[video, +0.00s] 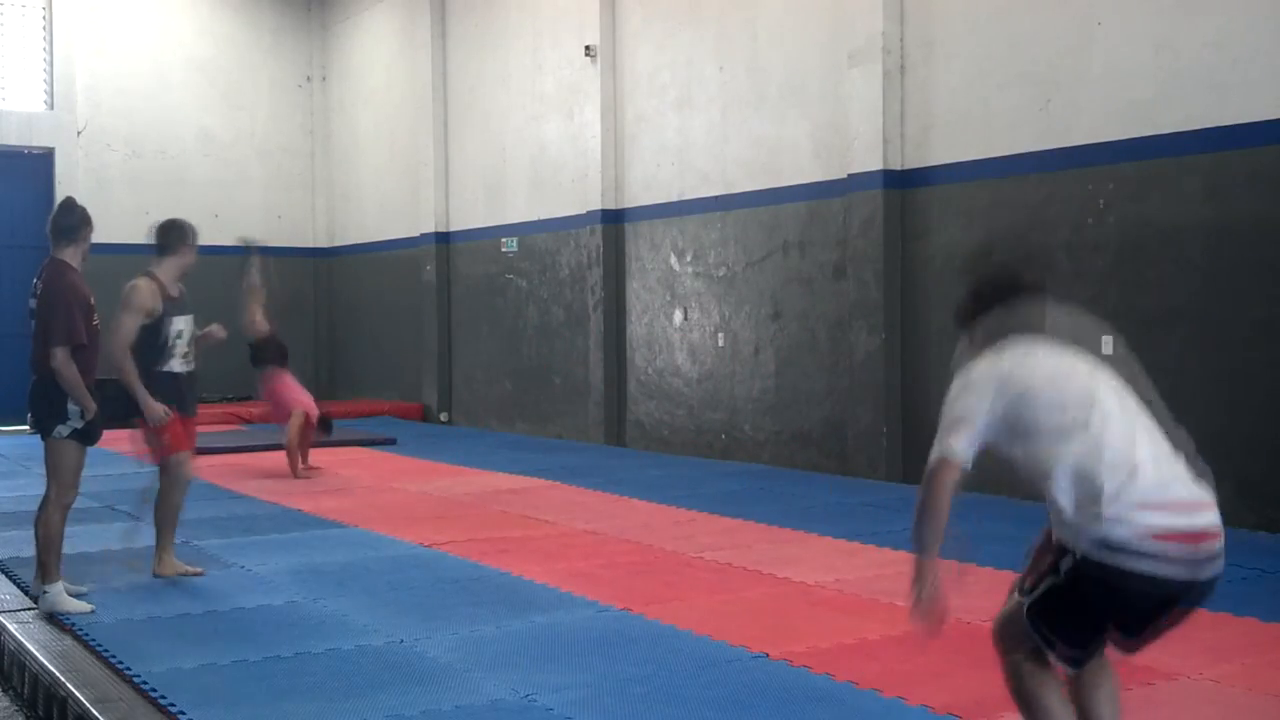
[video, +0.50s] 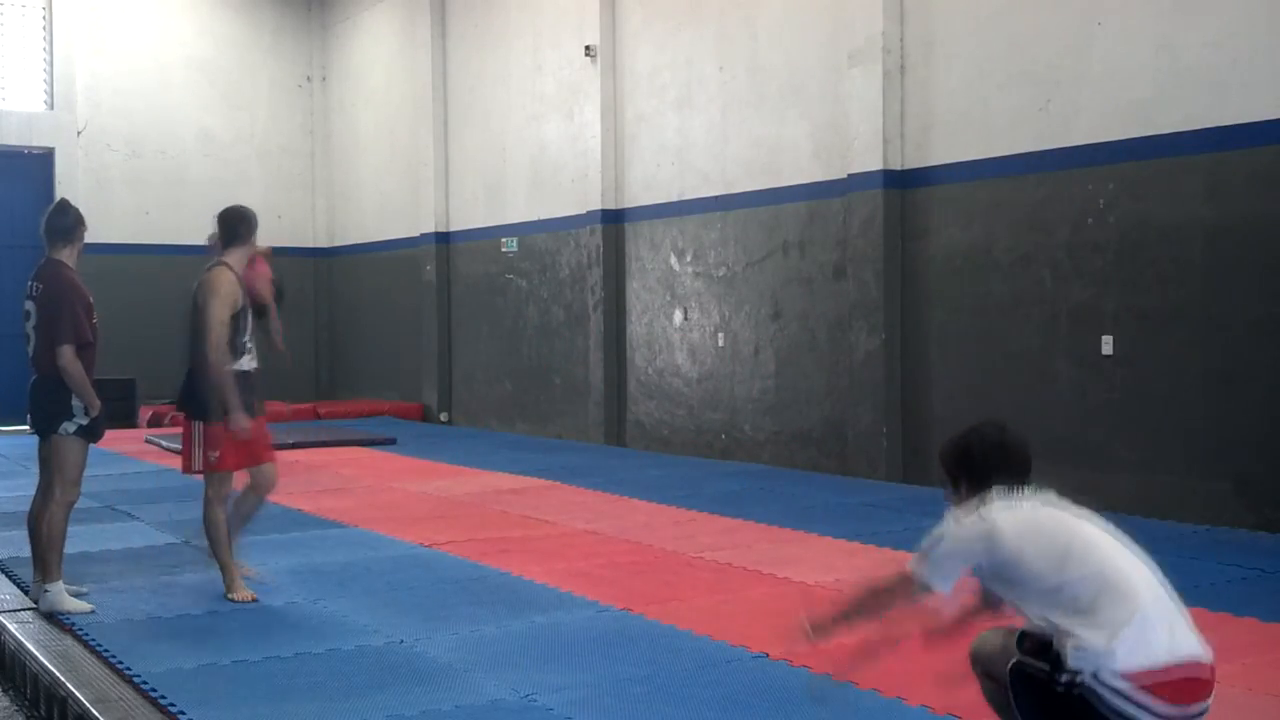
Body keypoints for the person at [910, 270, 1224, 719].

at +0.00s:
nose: (965, 349)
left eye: (967, 336)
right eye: (966, 337)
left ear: (978, 329)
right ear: (1033, 316)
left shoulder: (989, 368)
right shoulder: (1084, 365)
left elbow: (943, 472)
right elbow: (1093, 472)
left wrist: (925, 572)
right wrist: (1048, 556)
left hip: (1128, 551)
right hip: (1200, 553)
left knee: (1015, 634)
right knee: (1082, 640)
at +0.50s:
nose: (950, 494)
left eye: (950, 484)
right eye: (950, 484)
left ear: (962, 483)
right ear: (1019, 475)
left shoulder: (974, 523)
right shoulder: (1053, 512)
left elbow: (900, 589)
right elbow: (990, 599)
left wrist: (829, 621)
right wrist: (931, 633)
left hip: (1140, 697)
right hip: (1193, 688)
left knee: (990, 650)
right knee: (1035, 636)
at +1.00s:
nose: (944, 339)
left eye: (944, 329)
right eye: (943, 329)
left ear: (954, 327)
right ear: (1013, 314)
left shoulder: (966, 359)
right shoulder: (1047, 348)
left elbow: (900, 465)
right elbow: (1030, 442)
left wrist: (879, 498)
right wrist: (974, 492)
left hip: (1130, 530)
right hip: (1203, 531)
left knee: (1033, 628)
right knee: (1080, 635)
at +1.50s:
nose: (936, 211)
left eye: (939, 199)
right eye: (938, 199)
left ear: (952, 202)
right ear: (1010, 200)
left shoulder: (959, 251)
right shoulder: (1052, 247)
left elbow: (981, 348)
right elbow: (1118, 340)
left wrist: (974, 452)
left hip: (1087, 452)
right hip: (1154, 447)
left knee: (1088, 635)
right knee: (1128, 628)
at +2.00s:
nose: (987, 161)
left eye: (991, 151)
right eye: (989, 150)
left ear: (1004, 161)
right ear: (1069, 163)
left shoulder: (992, 231)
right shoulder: (1106, 235)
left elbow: (980, 347)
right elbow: (1120, 342)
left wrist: (947, 436)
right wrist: (1065, 399)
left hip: (1030, 462)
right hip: (1108, 460)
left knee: (1048, 631)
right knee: (1096, 623)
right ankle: (1113, 718)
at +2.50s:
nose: (1002, 146)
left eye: (1006, 135)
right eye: (1004, 134)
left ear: (1021, 142)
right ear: (1082, 146)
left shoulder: (1008, 209)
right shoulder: (1124, 216)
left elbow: (1007, 324)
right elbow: (1143, 320)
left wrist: (978, 423)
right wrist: (1114, 400)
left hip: (1049, 450)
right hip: (1125, 447)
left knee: (1061, 623)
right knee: (1113, 614)